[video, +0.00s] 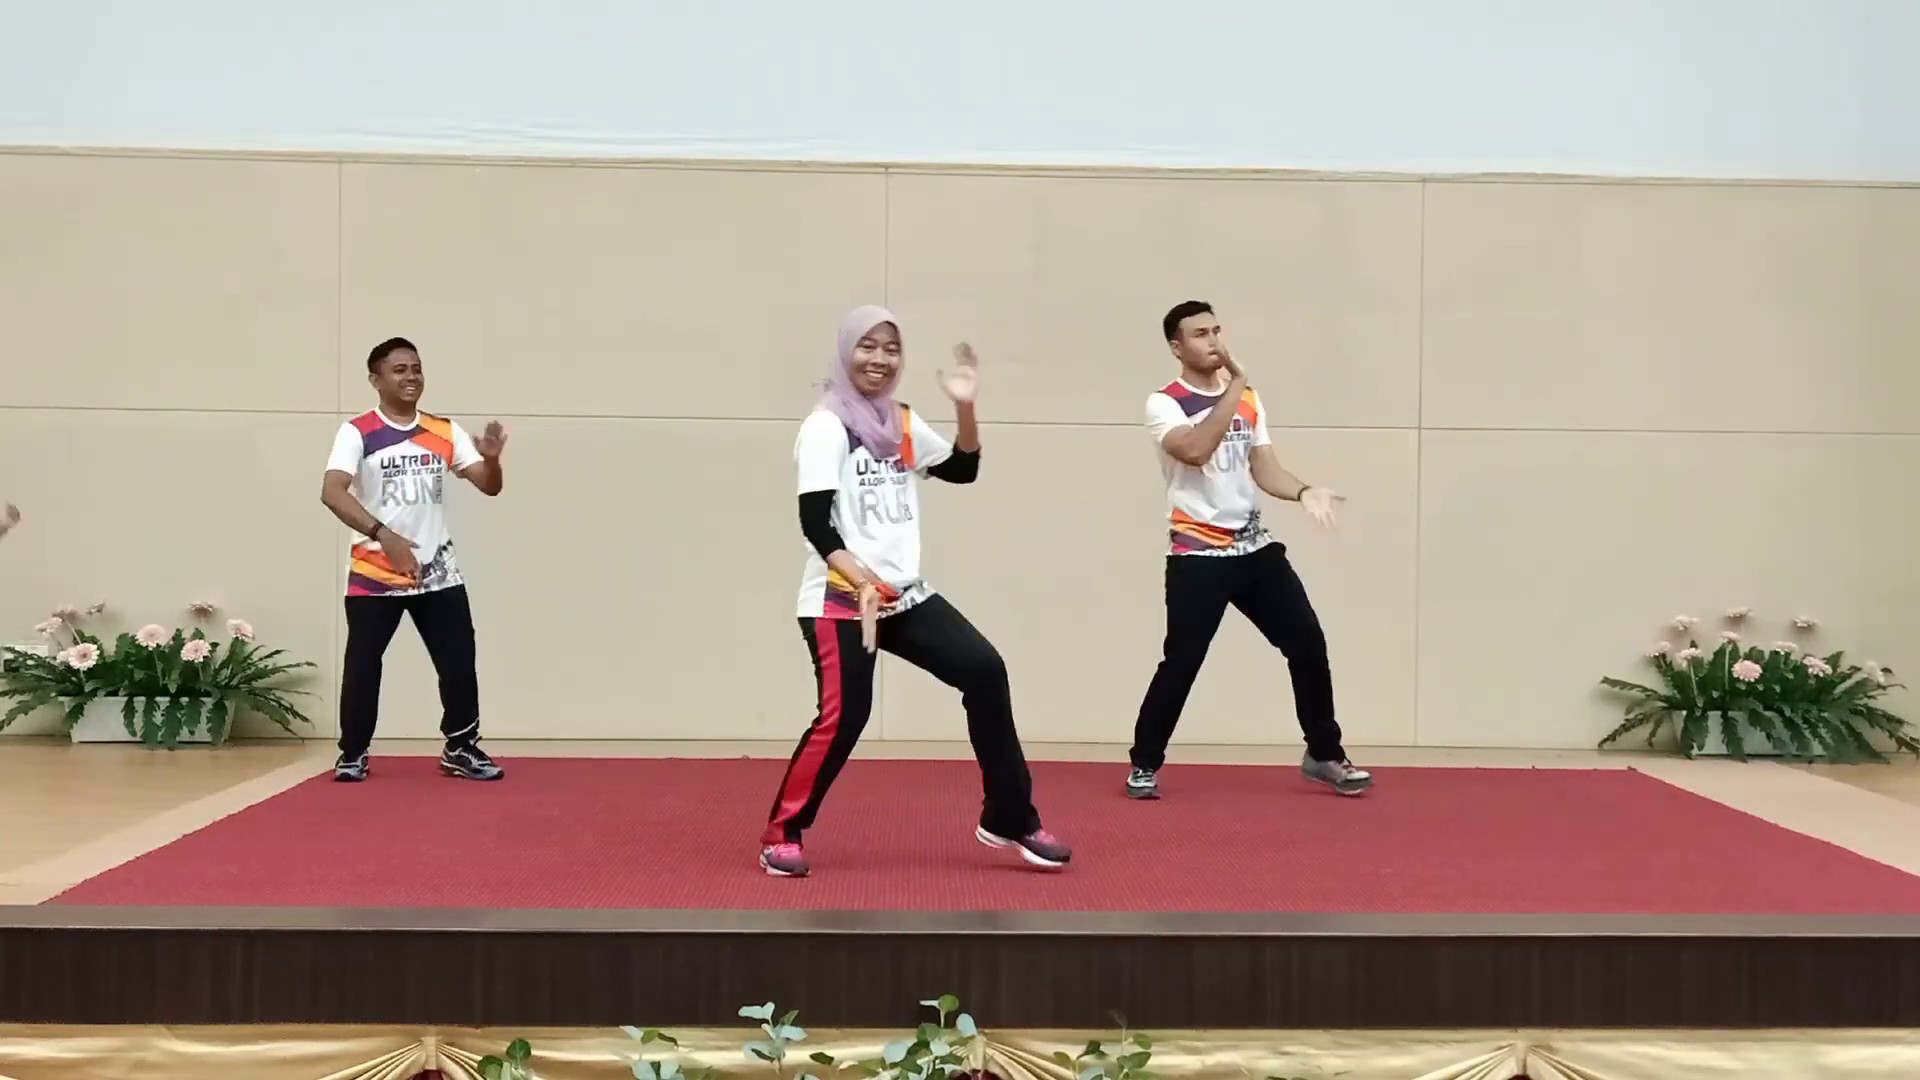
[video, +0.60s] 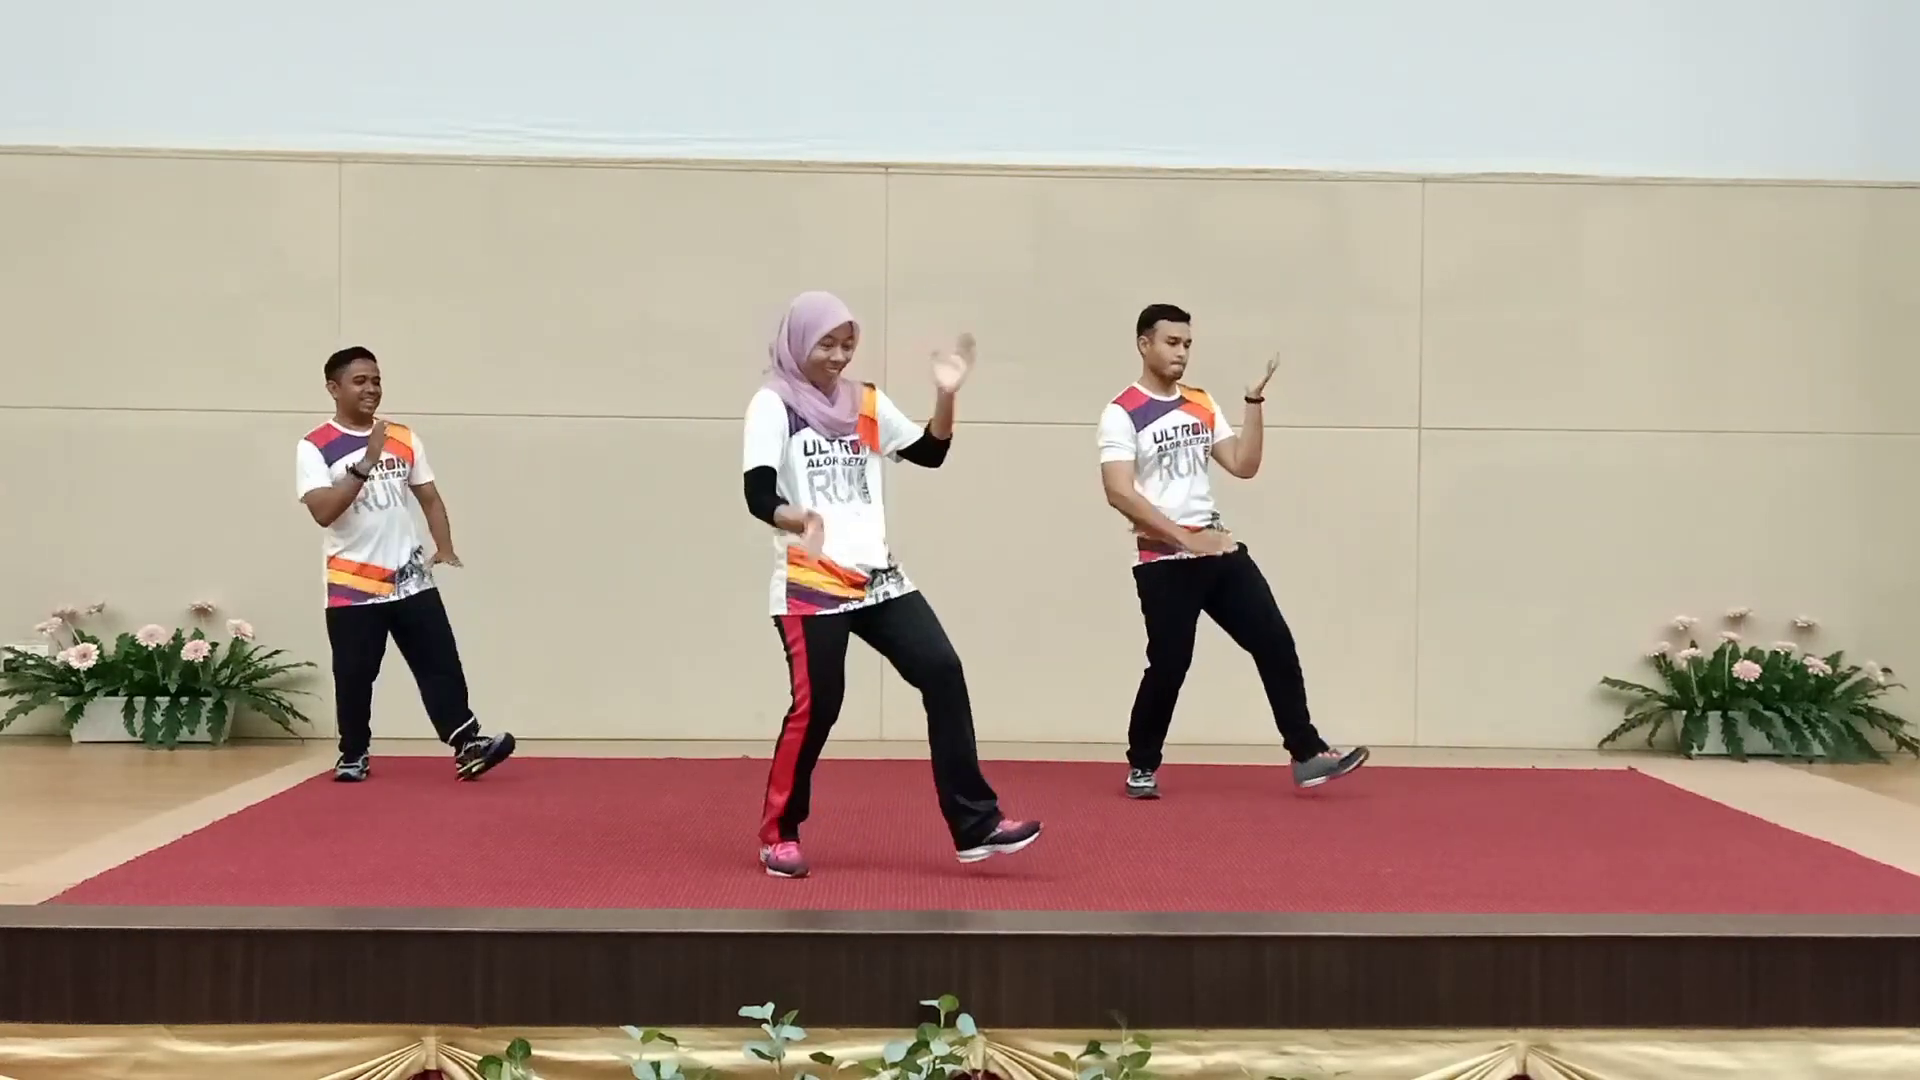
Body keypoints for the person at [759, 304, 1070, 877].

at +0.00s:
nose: (881, 357)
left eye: (891, 348)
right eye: (868, 346)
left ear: (901, 359)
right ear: (845, 355)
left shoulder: (903, 423)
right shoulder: (825, 426)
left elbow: (964, 469)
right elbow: (816, 525)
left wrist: (965, 409)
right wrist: (863, 578)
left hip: (904, 596)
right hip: (838, 599)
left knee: (985, 670)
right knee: (843, 714)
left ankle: (1008, 820)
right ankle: (783, 834)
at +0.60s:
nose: (841, 354)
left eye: (847, 343)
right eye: (830, 343)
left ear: (853, 343)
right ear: (797, 343)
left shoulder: (867, 401)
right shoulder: (773, 404)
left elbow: (929, 453)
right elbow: (760, 496)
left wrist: (945, 398)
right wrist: (799, 519)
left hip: (876, 577)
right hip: (809, 583)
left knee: (944, 675)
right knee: (817, 702)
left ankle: (974, 827)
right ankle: (780, 835)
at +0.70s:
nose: (870, 333)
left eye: (876, 322)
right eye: (858, 323)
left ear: (882, 323)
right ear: (825, 323)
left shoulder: (896, 379)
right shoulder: (793, 375)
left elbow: (952, 436)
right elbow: (759, 459)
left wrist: (1006, 419)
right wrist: (808, 454)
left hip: (891, 558)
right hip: (821, 563)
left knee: (949, 664)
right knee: (817, 689)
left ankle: (986, 813)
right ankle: (783, 832)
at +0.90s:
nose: (919, 332)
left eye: (927, 320)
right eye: (907, 321)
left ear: (936, 322)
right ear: (876, 323)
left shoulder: (954, 385)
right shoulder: (842, 365)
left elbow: (1001, 457)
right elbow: (779, 425)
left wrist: (1053, 500)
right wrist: (847, 392)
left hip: (930, 563)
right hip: (854, 560)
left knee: (963, 690)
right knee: (828, 696)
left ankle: (999, 834)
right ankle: (788, 832)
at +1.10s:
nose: (972, 330)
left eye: (982, 320)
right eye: (959, 320)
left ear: (996, 328)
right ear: (938, 328)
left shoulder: (1018, 400)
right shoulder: (909, 378)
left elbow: (1050, 482)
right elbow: (846, 440)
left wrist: (1078, 551)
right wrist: (900, 400)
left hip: (994, 570)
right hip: (918, 568)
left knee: (1002, 704)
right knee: (881, 696)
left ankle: (1008, 849)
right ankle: (820, 830)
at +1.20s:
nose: (994, 327)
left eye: (1006, 318)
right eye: (982, 317)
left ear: (1022, 328)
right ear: (963, 328)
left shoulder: (1045, 400)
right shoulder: (938, 385)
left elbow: (1077, 476)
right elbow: (877, 448)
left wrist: (1095, 511)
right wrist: (916, 407)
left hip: (1018, 576)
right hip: (946, 570)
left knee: (1007, 704)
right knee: (907, 690)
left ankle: (1008, 850)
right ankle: (898, 824)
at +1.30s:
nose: (1017, 326)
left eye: (1029, 317)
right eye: (1005, 317)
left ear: (1046, 330)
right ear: (987, 328)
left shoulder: (1069, 398)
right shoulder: (960, 381)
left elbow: (1104, 487)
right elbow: (910, 459)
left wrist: (1115, 465)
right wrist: (924, 442)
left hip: (1038, 574)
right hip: (969, 572)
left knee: (1018, 700)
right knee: (940, 691)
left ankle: (1008, 847)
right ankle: (987, 811)